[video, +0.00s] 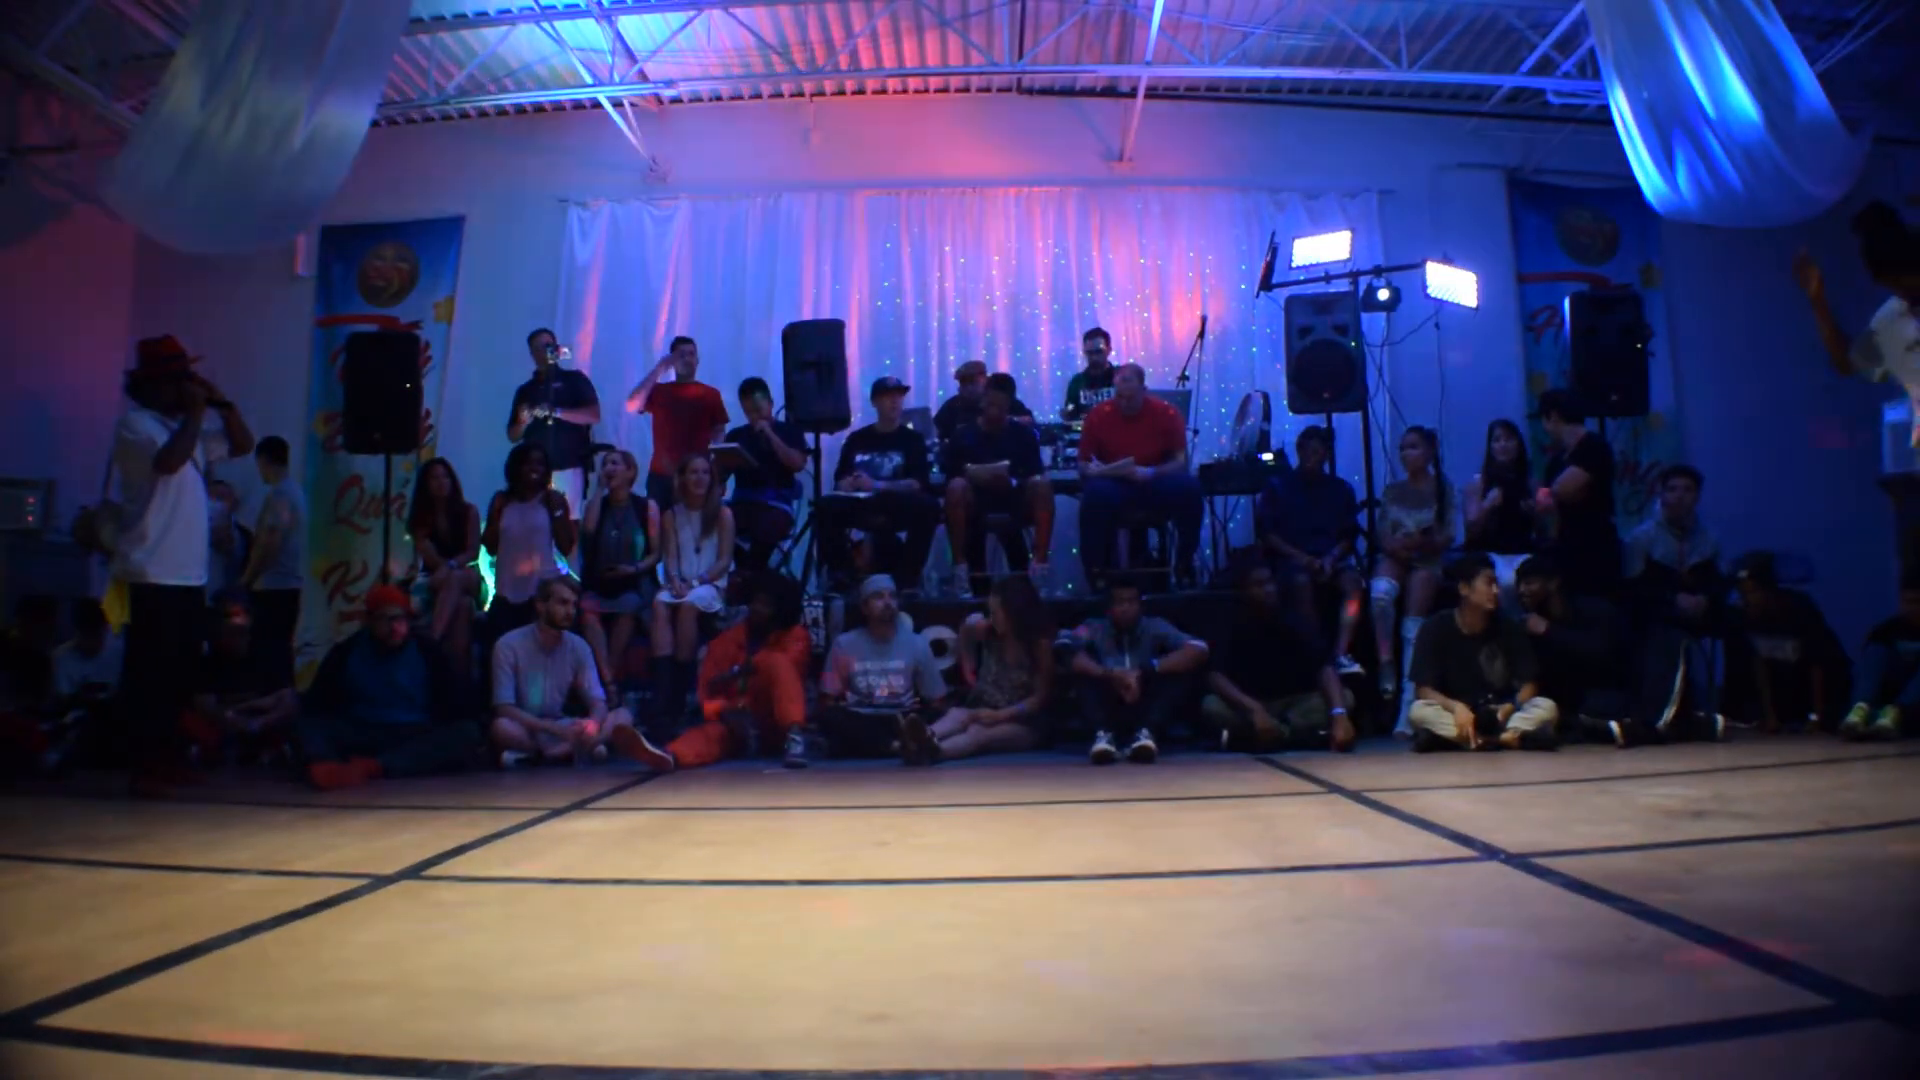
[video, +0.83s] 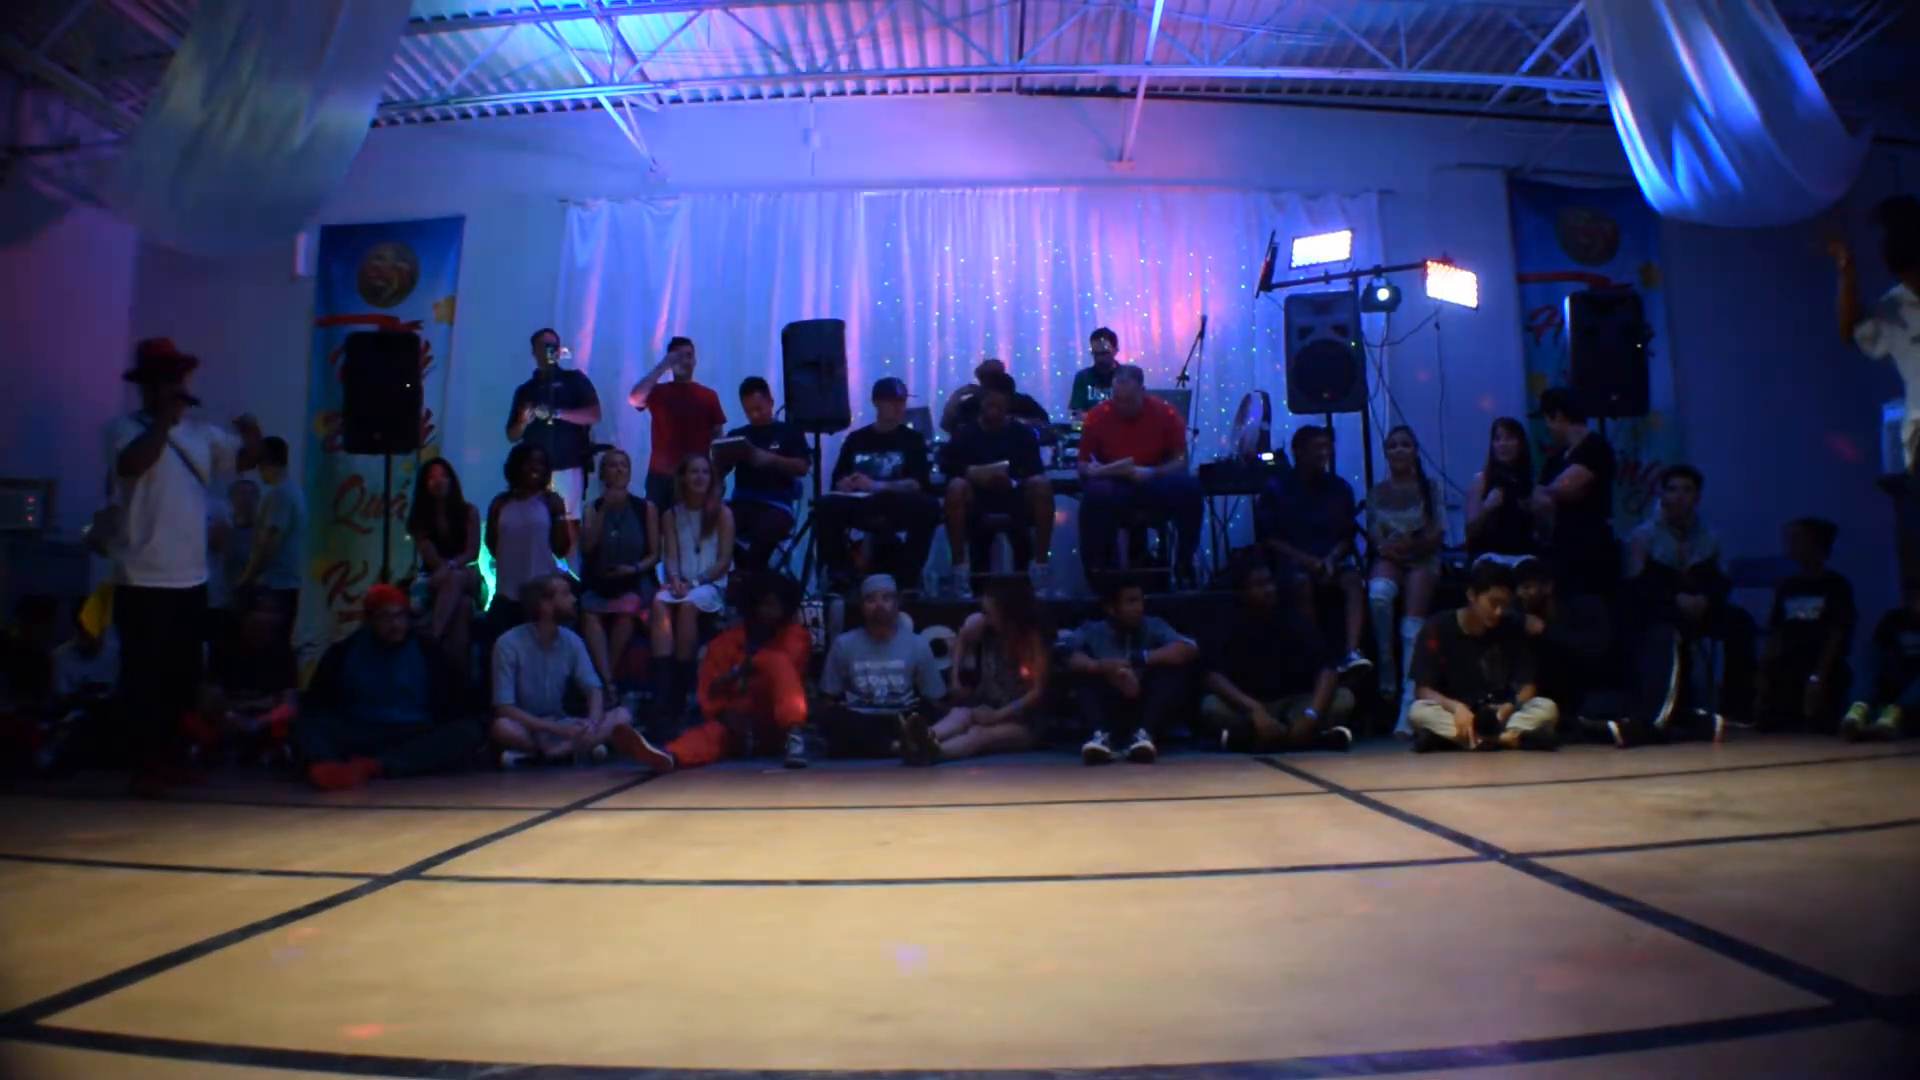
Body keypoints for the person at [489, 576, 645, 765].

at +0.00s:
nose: (570, 611)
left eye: (573, 604)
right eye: (562, 603)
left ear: (577, 607)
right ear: (541, 606)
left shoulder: (578, 647)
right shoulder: (509, 645)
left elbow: (598, 701)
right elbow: (504, 707)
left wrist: (593, 724)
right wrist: (556, 729)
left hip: (564, 723)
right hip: (527, 723)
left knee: (623, 716)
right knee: (502, 728)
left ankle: (546, 753)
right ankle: (578, 748)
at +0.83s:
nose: (573, 599)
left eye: (571, 593)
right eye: (566, 594)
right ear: (544, 604)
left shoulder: (572, 641)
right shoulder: (509, 643)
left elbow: (594, 689)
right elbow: (504, 706)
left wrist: (593, 722)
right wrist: (556, 729)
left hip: (563, 720)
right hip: (528, 722)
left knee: (623, 715)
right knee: (502, 728)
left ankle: (557, 751)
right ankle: (579, 747)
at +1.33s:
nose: (547, 590)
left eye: (543, 586)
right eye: (539, 587)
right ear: (520, 601)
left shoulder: (554, 632)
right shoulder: (494, 645)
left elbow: (572, 679)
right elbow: (504, 707)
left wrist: (587, 722)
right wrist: (561, 729)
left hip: (559, 714)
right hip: (525, 718)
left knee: (618, 708)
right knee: (503, 727)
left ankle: (561, 747)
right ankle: (579, 742)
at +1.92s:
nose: (546, 592)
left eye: (546, 586)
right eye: (537, 588)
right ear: (516, 598)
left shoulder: (561, 635)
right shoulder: (498, 645)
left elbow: (584, 684)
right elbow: (502, 705)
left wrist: (588, 722)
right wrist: (553, 727)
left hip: (564, 716)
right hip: (526, 720)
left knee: (618, 709)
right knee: (503, 725)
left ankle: (559, 748)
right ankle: (580, 747)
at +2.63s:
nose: (540, 616)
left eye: (548, 610)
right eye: (536, 608)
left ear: (562, 610)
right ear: (529, 607)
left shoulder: (576, 645)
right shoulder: (509, 644)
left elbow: (599, 697)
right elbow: (505, 706)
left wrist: (597, 726)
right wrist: (558, 730)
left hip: (563, 720)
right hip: (525, 721)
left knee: (621, 716)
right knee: (503, 728)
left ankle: (551, 753)